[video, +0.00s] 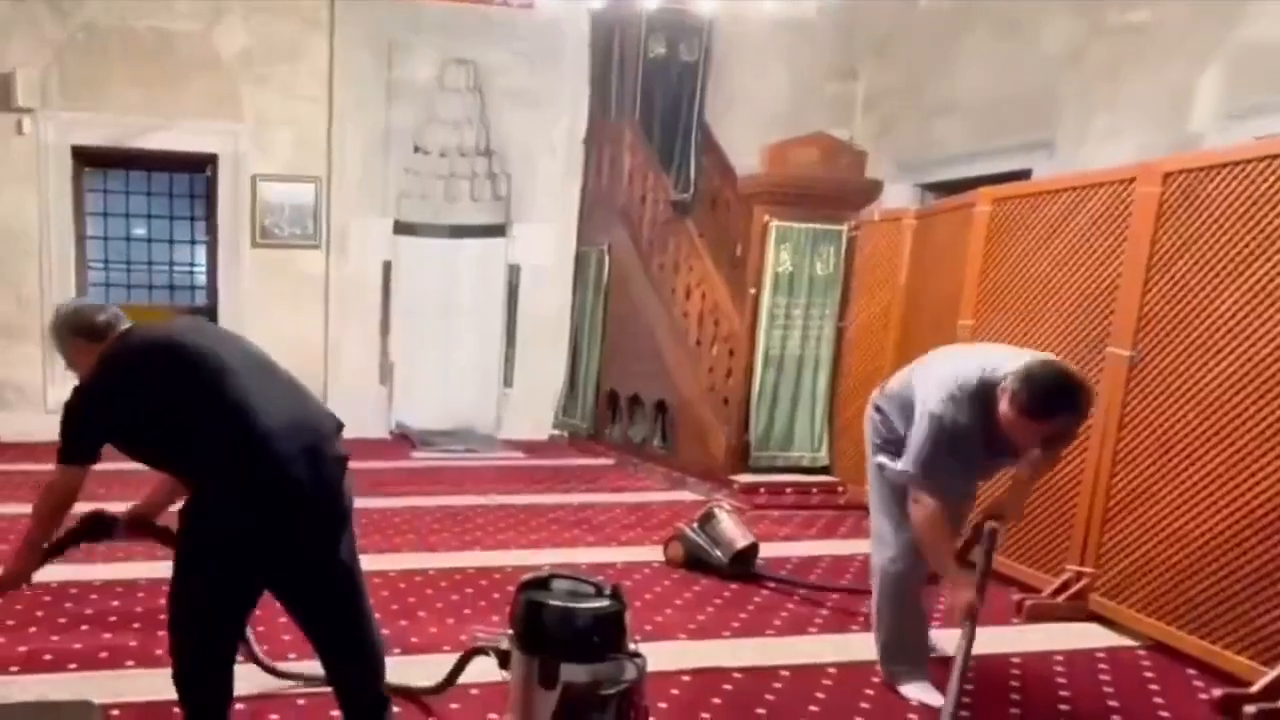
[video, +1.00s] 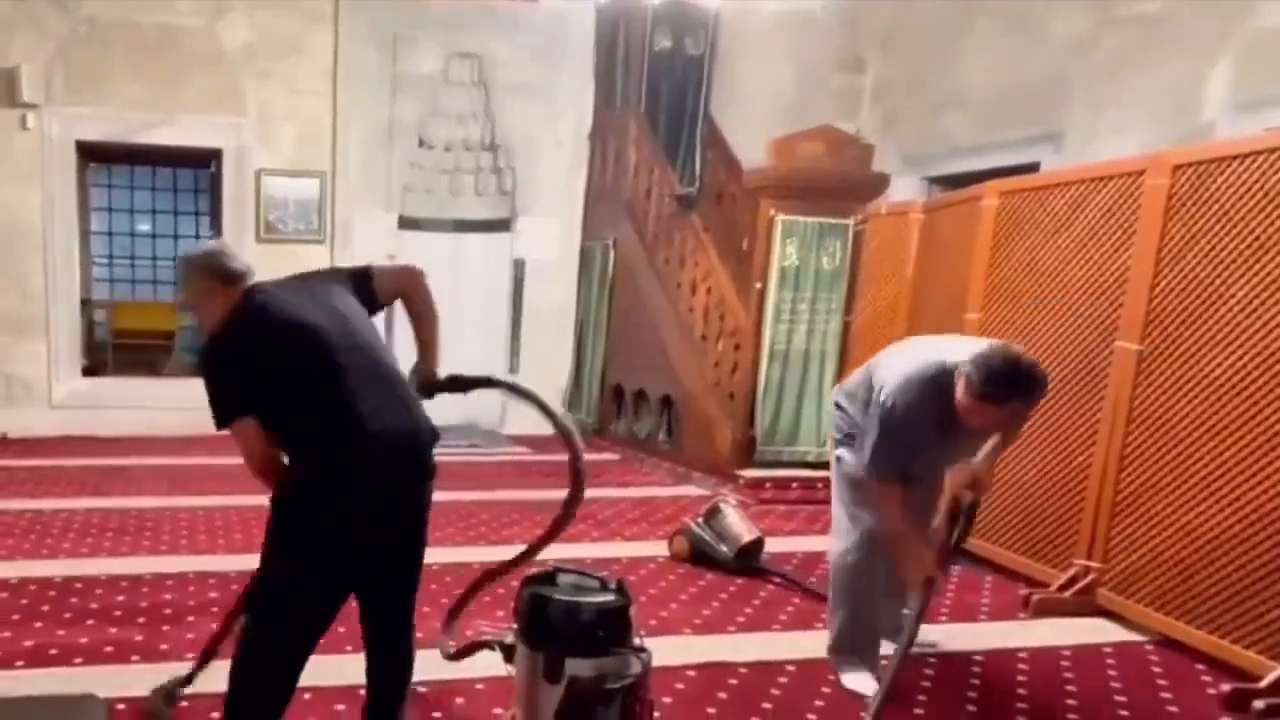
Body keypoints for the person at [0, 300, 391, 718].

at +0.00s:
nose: (75, 371)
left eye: (72, 361)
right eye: (70, 362)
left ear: (81, 349)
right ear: (123, 326)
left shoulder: (97, 388)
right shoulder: (191, 337)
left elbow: (63, 492)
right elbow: (194, 458)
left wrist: (21, 563)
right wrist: (138, 516)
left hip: (237, 495)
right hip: (317, 468)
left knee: (201, 641)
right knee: (345, 628)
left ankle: (206, 714)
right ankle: (371, 709)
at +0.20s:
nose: (106, 370)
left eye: (101, 356)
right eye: (99, 360)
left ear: (113, 335)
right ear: (150, 313)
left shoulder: (127, 385)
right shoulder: (220, 319)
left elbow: (111, 499)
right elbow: (257, 401)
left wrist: (91, 565)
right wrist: (205, 469)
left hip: (256, 494)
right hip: (340, 466)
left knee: (214, 648)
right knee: (358, 631)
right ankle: (374, 712)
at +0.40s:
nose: (160, 340)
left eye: (156, 328)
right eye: (155, 330)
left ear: (167, 317)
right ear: (197, 297)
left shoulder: (178, 367)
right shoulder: (278, 299)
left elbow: (189, 474)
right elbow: (365, 337)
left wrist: (195, 542)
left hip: (299, 483)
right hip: (378, 467)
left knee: (242, 640)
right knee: (381, 639)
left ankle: (218, 712)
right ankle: (386, 713)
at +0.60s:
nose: (195, 329)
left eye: (191, 319)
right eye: (190, 319)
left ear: (199, 307)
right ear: (238, 285)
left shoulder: (219, 356)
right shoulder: (313, 288)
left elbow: (248, 469)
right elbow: (405, 301)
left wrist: (275, 529)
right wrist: (393, 386)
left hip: (334, 468)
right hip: (412, 448)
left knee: (276, 615)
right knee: (396, 610)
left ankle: (225, 711)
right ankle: (389, 712)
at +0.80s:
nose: (205, 318)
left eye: (204, 305)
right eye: (200, 307)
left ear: (222, 293)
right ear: (255, 278)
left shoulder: (235, 345)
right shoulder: (325, 280)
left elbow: (277, 454)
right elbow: (420, 263)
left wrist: (301, 488)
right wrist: (439, 352)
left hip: (339, 473)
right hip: (419, 451)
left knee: (294, 629)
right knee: (398, 619)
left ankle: (262, 711)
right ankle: (387, 714)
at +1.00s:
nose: (196, 317)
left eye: (195, 304)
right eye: (192, 306)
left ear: (212, 291)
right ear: (244, 278)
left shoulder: (225, 346)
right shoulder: (319, 286)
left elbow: (260, 458)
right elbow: (410, 277)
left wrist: (296, 494)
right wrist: (427, 366)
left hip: (333, 477)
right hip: (408, 461)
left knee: (276, 637)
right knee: (391, 628)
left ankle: (247, 715)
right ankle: (386, 714)